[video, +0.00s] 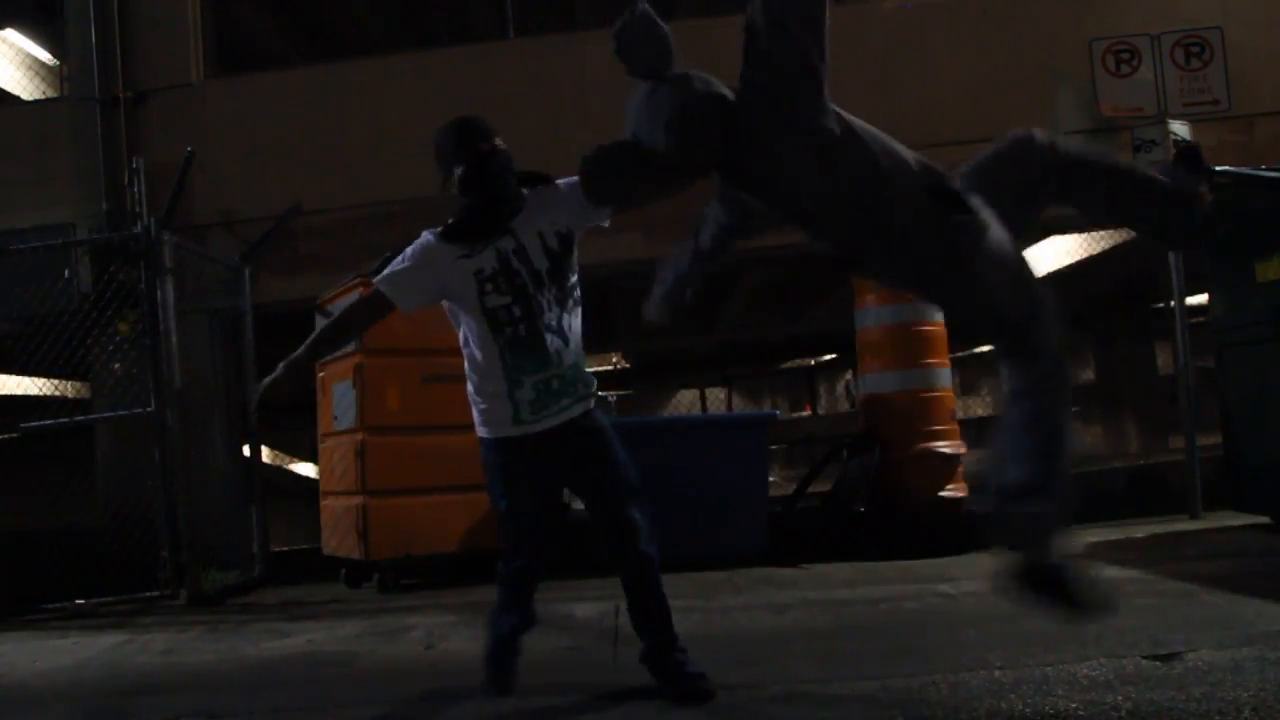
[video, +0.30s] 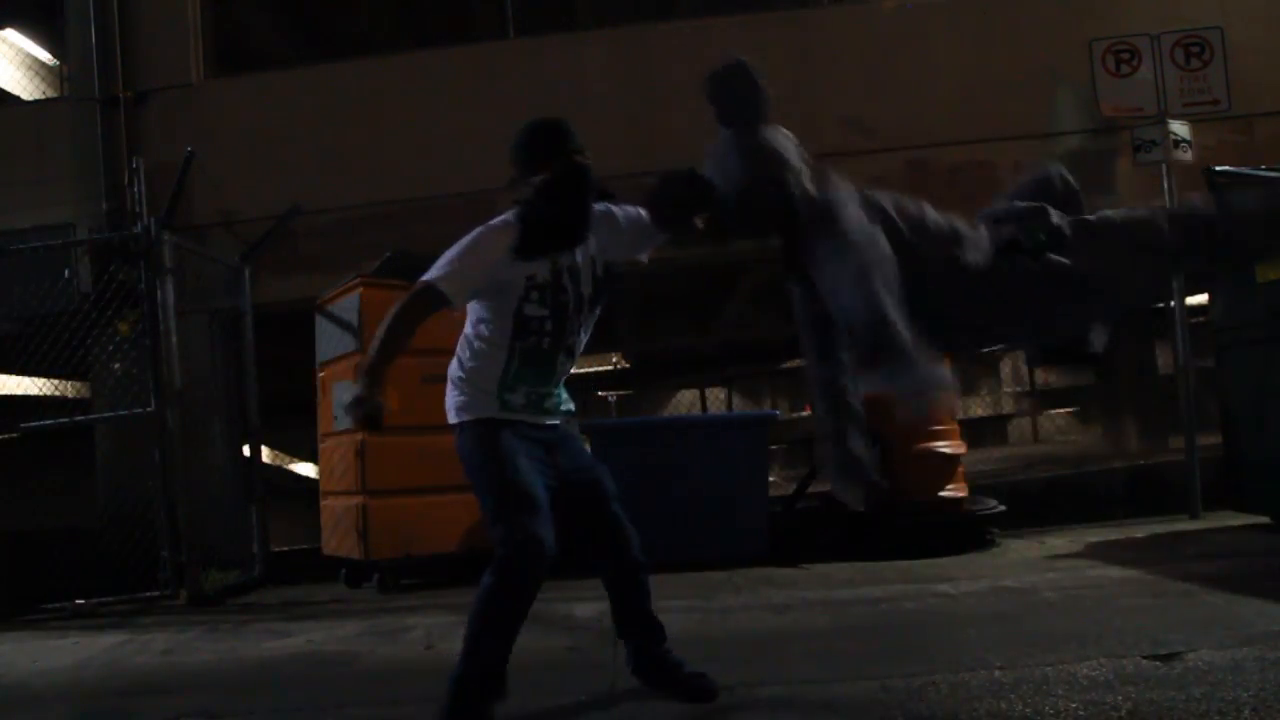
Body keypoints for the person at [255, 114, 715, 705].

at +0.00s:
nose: (494, 169)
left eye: (495, 156)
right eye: (475, 164)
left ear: (507, 158)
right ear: (454, 181)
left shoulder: (553, 203)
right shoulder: (441, 252)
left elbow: (631, 183)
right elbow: (362, 312)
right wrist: (291, 367)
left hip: (580, 413)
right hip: (510, 432)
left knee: (633, 536)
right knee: (524, 560)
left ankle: (668, 663)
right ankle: (500, 672)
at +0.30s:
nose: (573, 184)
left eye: (577, 171)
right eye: (557, 175)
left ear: (584, 174)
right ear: (529, 182)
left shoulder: (602, 225)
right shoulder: (498, 240)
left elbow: (666, 230)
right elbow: (415, 304)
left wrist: (690, 209)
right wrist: (368, 385)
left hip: (552, 413)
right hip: (487, 415)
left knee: (616, 541)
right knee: (526, 547)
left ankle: (656, 666)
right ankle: (471, 700)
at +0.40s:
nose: (604, 197)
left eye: (607, 184)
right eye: (588, 187)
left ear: (610, 184)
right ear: (555, 191)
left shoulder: (616, 240)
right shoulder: (518, 242)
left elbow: (692, 262)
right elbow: (430, 300)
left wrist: (720, 246)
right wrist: (395, 383)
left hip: (546, 419)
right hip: (485, 418)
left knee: (618, 537)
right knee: (534, 553)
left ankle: (646, 664)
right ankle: (505, 703)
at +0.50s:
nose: (622, 212)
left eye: (628, 200)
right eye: (608, 200)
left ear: (633, 202)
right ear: (573, 200)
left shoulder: (626, 259)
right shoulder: (528, 246)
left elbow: (702, 300)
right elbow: (440, 296)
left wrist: (707, 303)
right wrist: (413, 383)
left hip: (550, 433)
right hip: (488, 429)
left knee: (629, 549)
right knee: (550, 562)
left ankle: (645, 664)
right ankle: (544, 707)